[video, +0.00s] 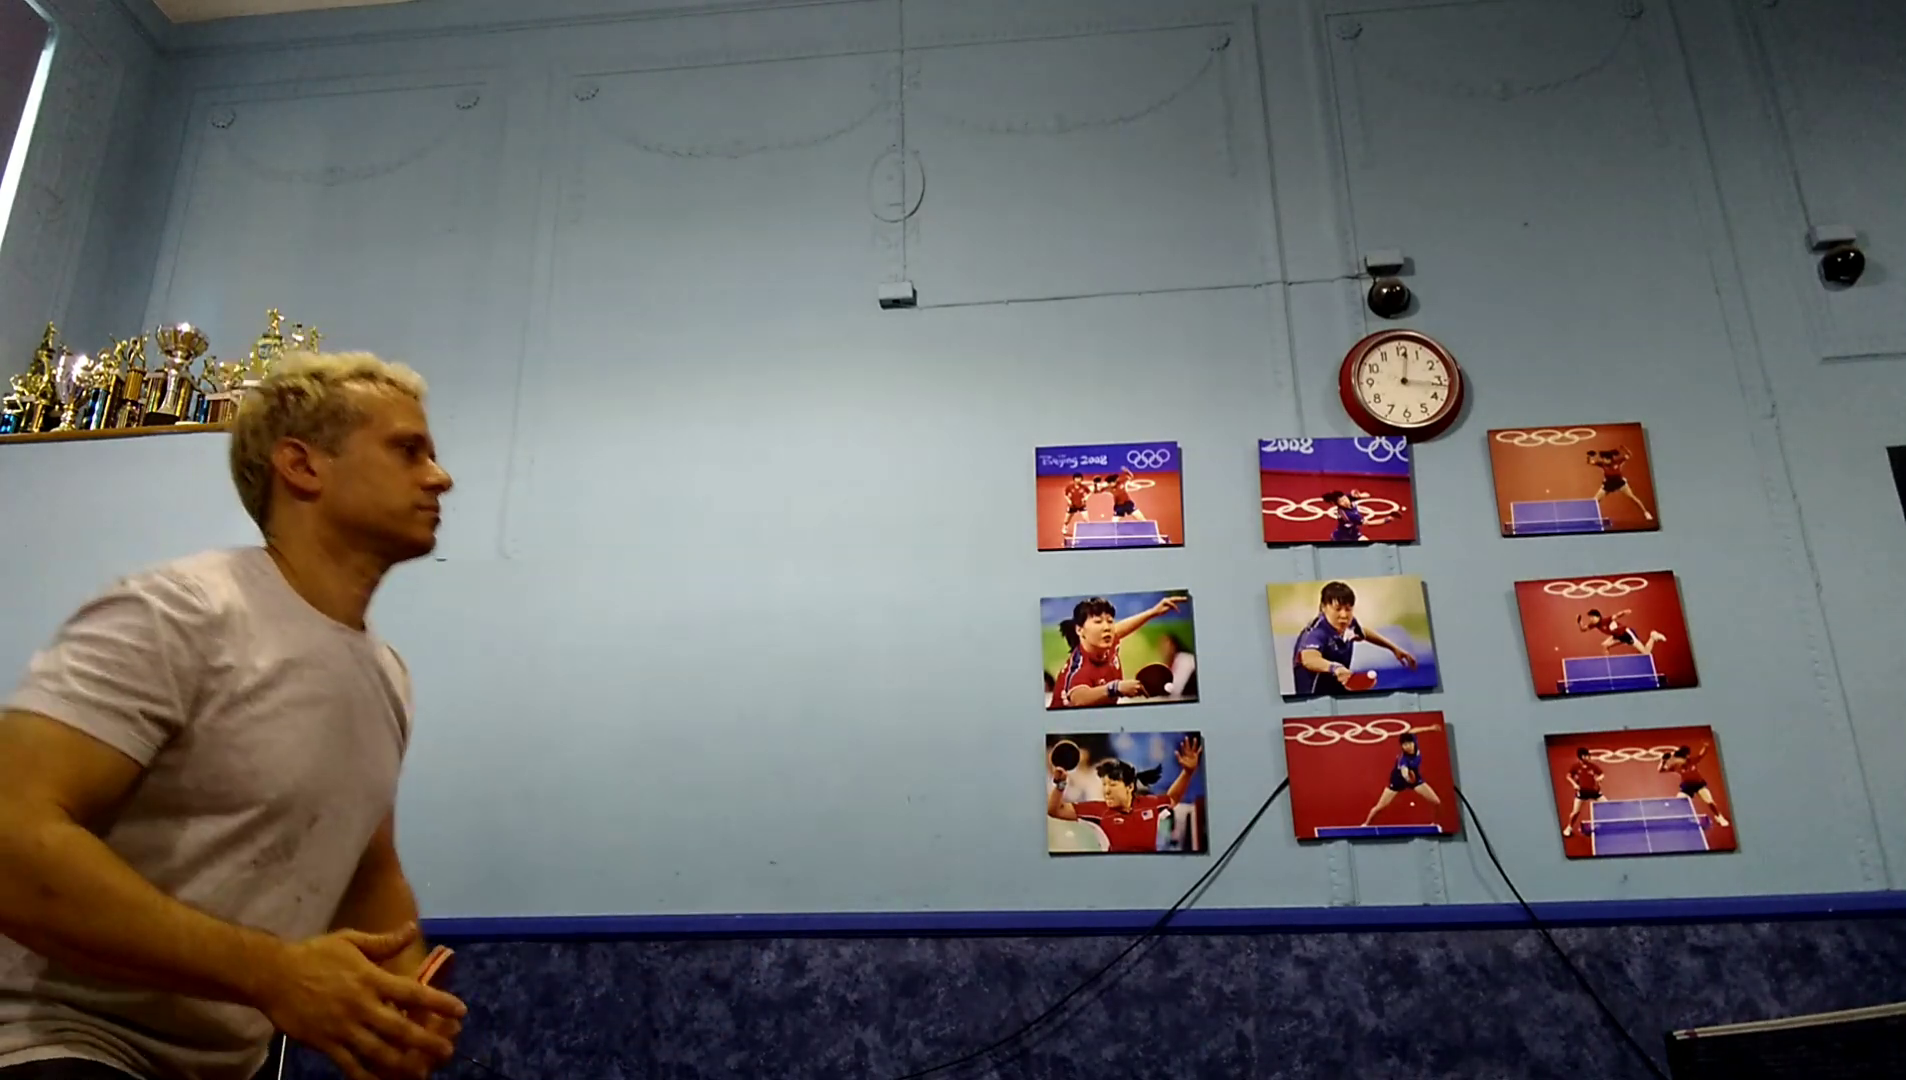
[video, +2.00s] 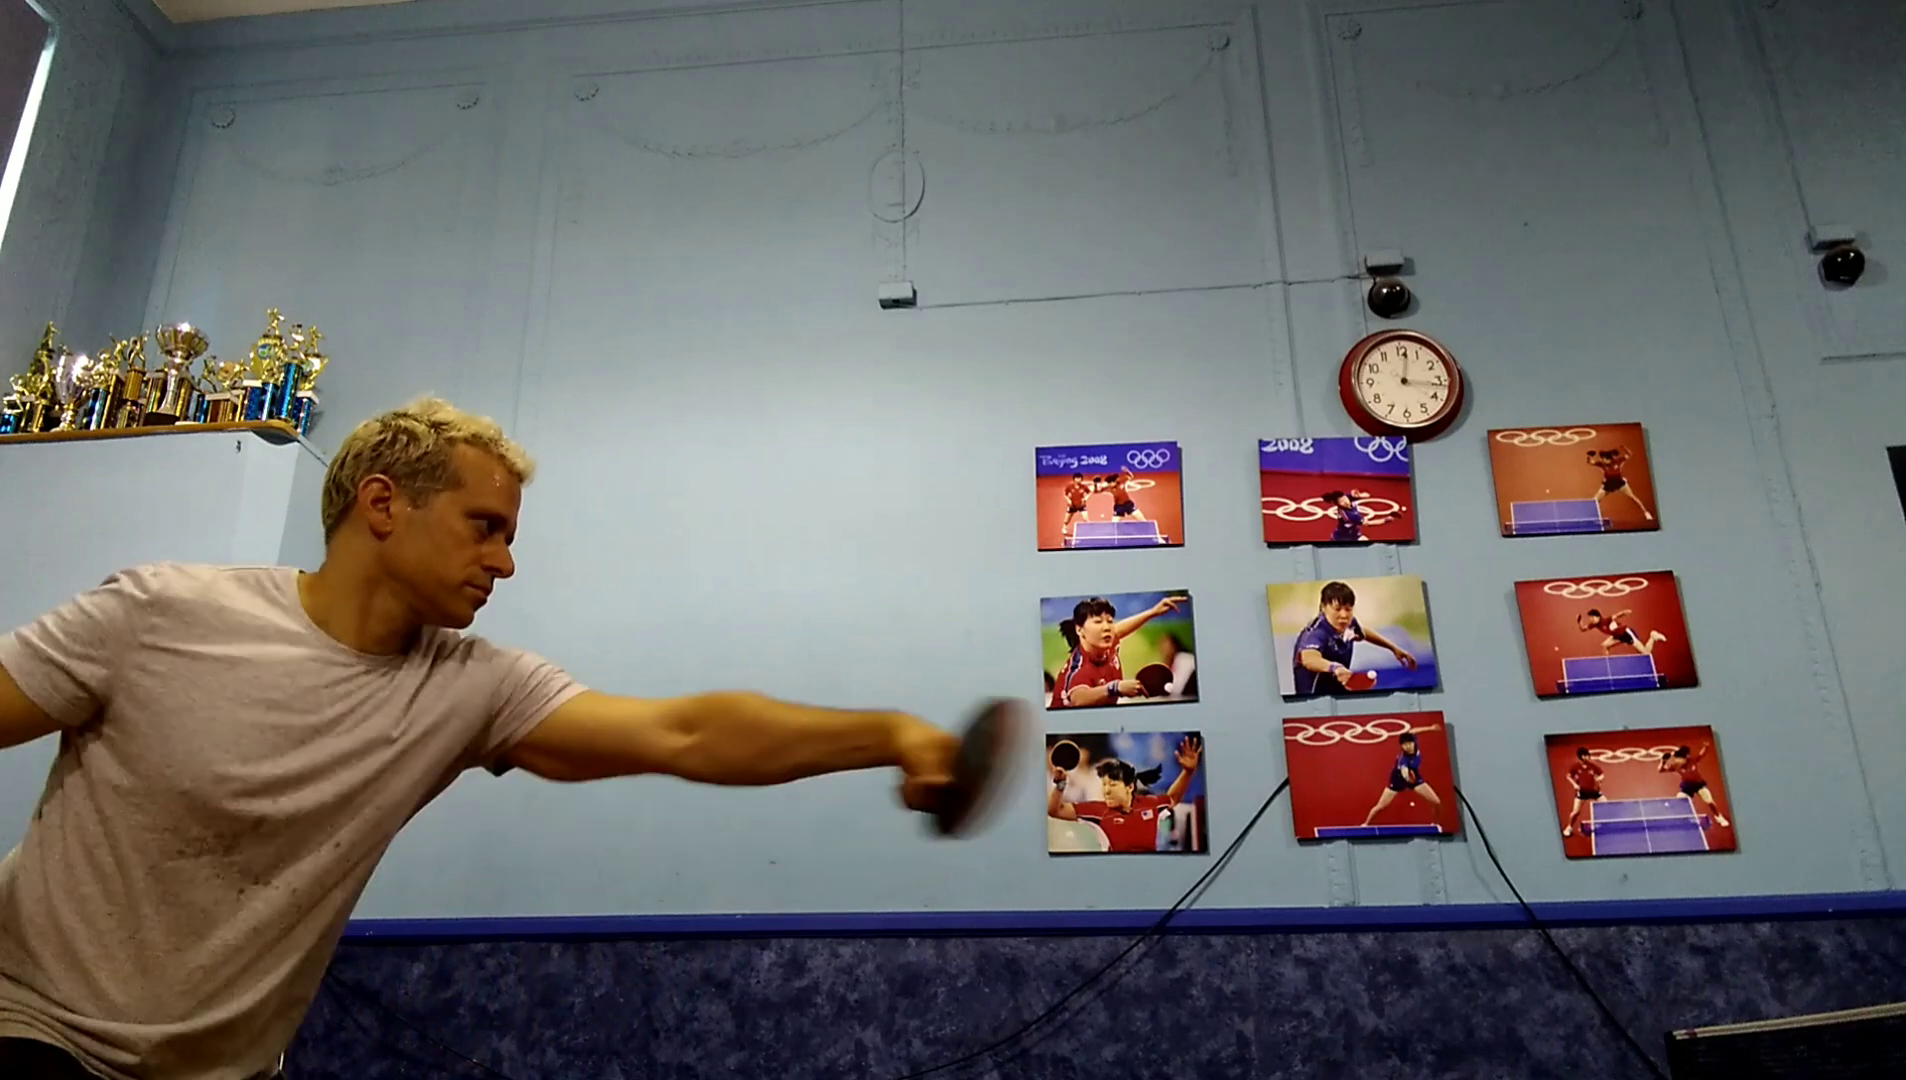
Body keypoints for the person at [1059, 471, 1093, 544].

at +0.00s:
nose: (1078, 481)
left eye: (1079, 479)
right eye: (1077, 479)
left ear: (1081, 480)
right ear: (1074, 480)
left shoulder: (1083, 487)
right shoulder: (1070, 487)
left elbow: (1089, 492)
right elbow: (1065, 494)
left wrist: (1085, 498)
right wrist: (1068, 501)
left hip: (1081, 505)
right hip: (1073, 505)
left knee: (1086, 519)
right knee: (1066, 520)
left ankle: (1090, 531)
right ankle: (1064, 529)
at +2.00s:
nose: (1078, 480)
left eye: (1079, 478)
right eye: (1076, 478)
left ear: (1081, 479)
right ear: (1074, 479)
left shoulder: (1083, 487)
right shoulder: (1070, 487)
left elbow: (1089, 492)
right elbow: (1065, 494)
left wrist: (1085, 498)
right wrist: (1068, 500)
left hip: (1081, 505)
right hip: (1072, 505)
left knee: (1086, 519)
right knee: (1067, 520)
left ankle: (1089, 530)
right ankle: (1064, 528)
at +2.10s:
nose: (1078, 480)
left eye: (1079, 479)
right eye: (1076, 479)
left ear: (1081, 479)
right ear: (1074, 479)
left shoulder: (1083, 487)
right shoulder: (1070, 487)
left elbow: (1089, 492)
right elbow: (1065, 494)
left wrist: (1085, 498)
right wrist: (1068, 500)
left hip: (1081, 505)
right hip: (1072, 505)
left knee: (1086, 519)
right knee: (1067, 520)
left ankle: (1089, 530)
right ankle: (1064, 528)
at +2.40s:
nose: (1078, 481)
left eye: (1079, 479)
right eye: (1077, 479)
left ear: (1081, 480)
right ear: (1074, 480)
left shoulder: (1083, 487)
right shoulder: (1070, 487)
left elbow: (1089, 492)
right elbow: (1065, 494)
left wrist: (1085, 498)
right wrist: (1068, 501)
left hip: (1081, 505)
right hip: (1072, 505)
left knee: (1086, 519)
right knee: (1067, 520)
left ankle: (1090, 531)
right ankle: (1064, 528)